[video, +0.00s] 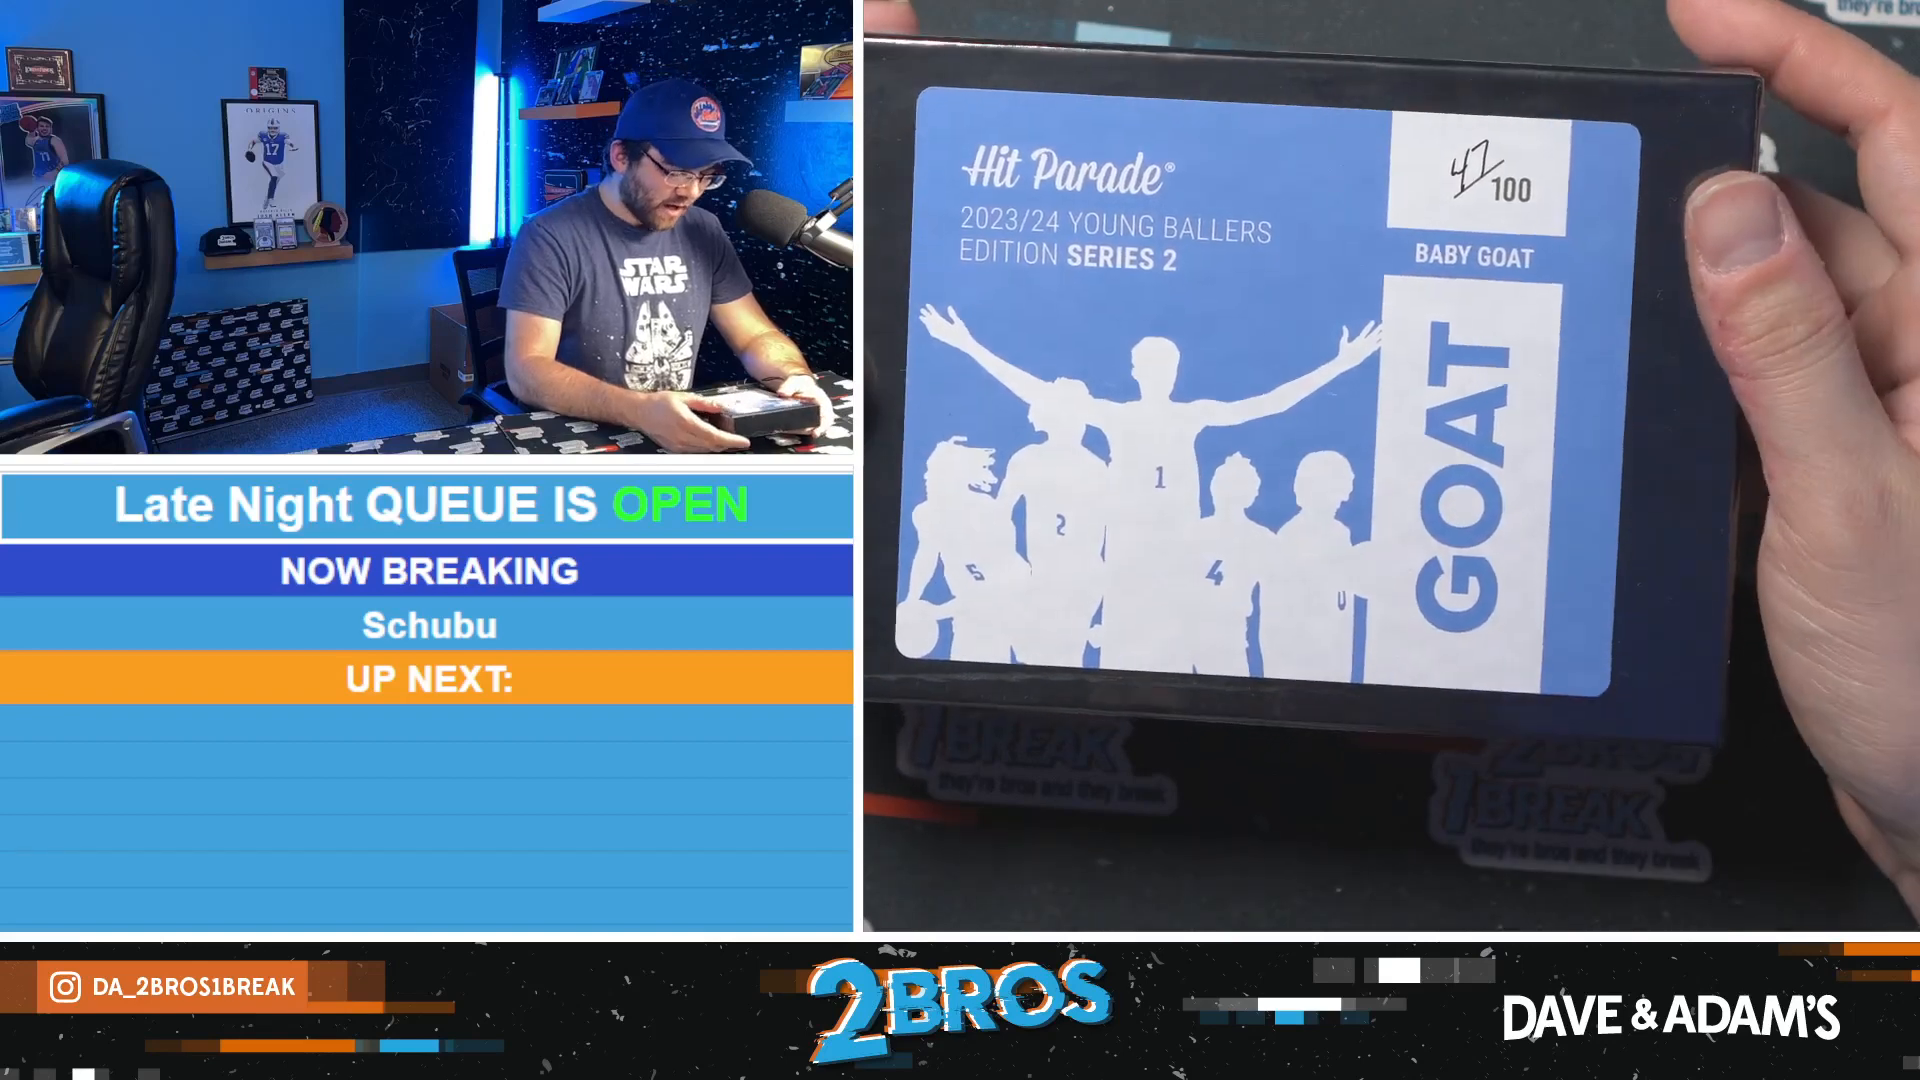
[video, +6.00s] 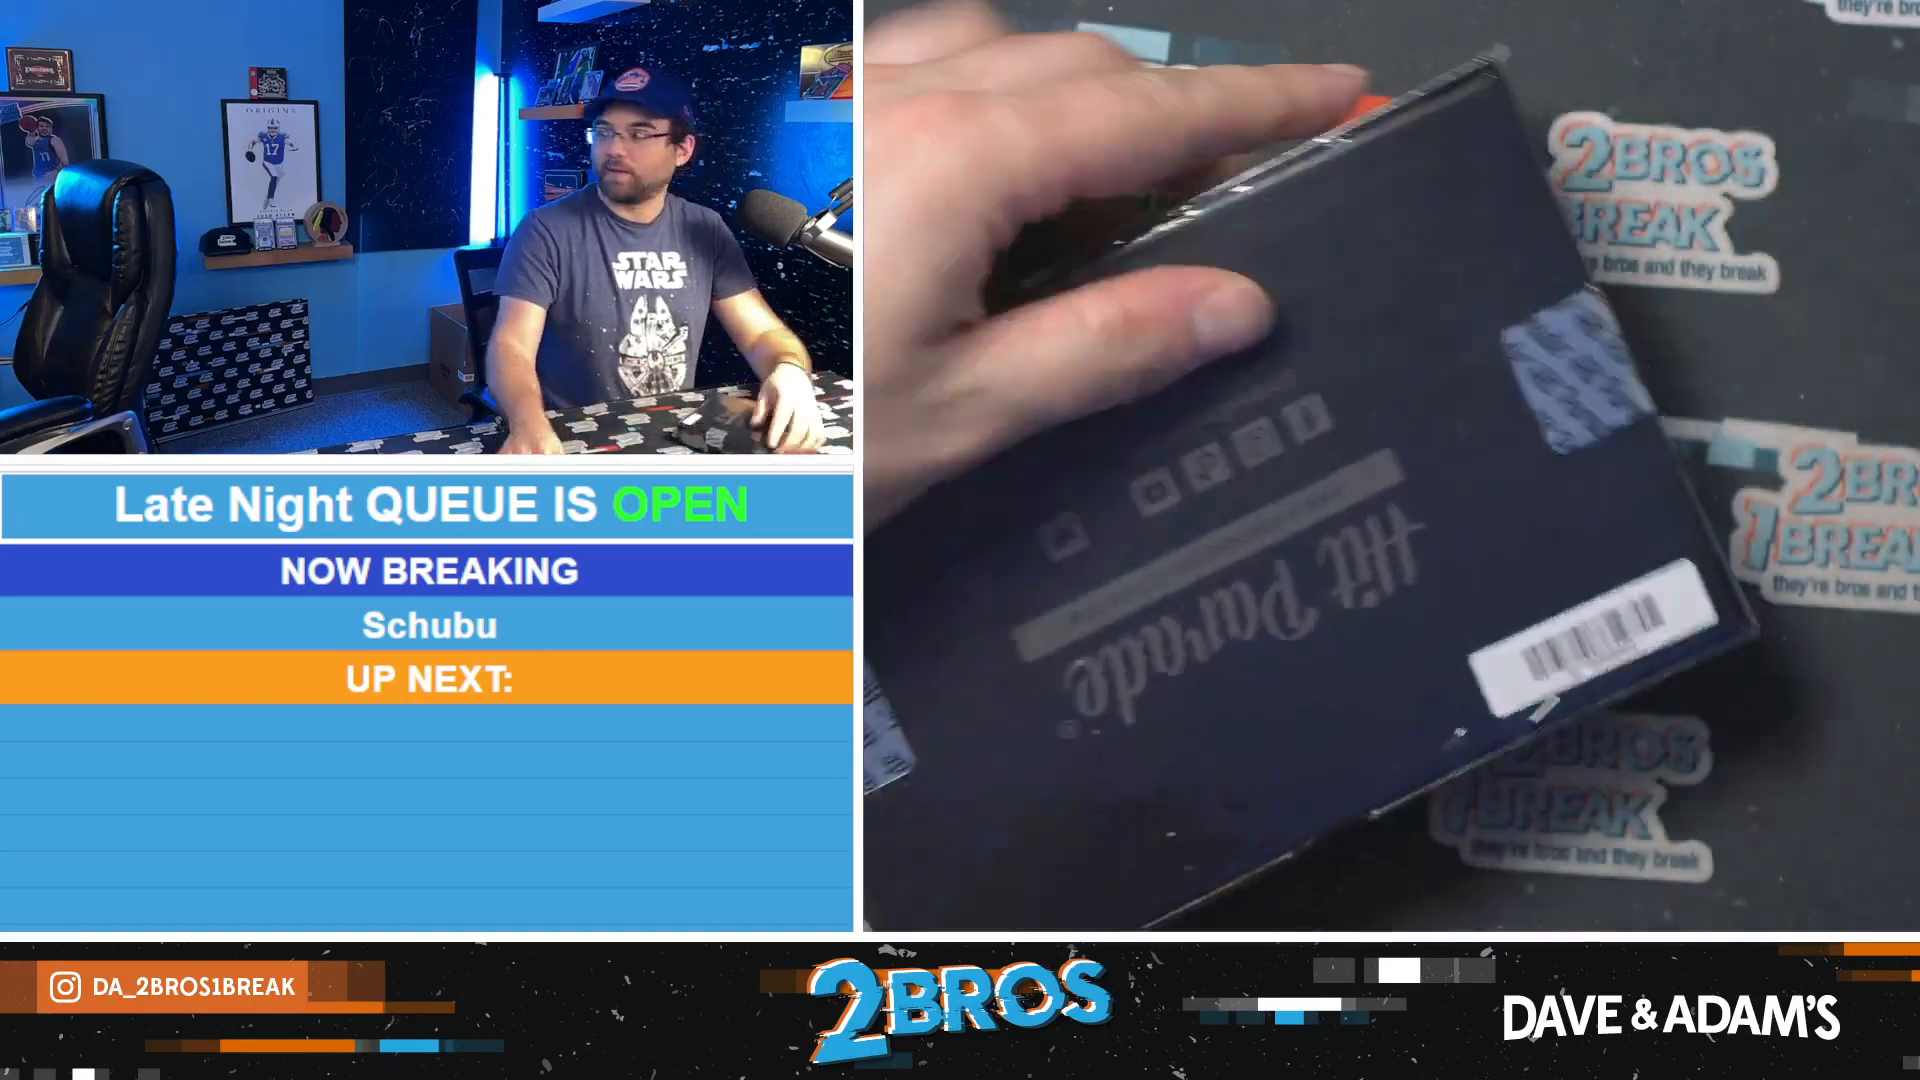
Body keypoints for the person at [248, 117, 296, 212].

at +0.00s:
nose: (273, 130)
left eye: (275, 128)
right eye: (271, 128)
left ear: (278, 128)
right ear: (268, 128)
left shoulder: (283, 136)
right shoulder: (263, 136)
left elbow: (290, 143)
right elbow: (253, 141)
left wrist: (292, 147)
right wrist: (250, 149)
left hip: (279, 164)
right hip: (267, 162)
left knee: (276, 182)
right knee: (274, 176)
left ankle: (267, 200)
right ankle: (270, 199)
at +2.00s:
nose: (273, 130)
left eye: (275, 128)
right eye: (271, 128)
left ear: (278, 128)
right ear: (268, 128)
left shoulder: (283, 136)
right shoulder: (263, 136)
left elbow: (290, 143)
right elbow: (253, 141)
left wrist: (292, 147)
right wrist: (250, 149)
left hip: (279, 164)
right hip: (267, 162)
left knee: (276, 182)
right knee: (274, 176)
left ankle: (267, 200)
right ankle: (270, 199)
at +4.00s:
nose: (273, 130)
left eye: (275, 128)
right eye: (271, 128)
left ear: (278, 128)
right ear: (268, 128)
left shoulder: (283, 136)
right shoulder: (263, 136)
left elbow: (290, 142)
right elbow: (254, 141)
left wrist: (292, 147)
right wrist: (250, 148)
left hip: (279, 164)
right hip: (267, 162)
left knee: (275, 182)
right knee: (274, 176)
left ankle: (267, 200)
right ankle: (270, 199)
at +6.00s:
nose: (273, 130)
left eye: (275, 128)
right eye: (271, 128)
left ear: (278, 128)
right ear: (268, 128)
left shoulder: (283, 136)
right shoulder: (263, 136)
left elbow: (290, 143)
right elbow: (253, 141)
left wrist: (292, 147)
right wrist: (250, 149)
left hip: (279, 164)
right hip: (267, 162)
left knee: (275, 182)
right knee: (274, 176)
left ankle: (267, 200)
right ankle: (270, 199)